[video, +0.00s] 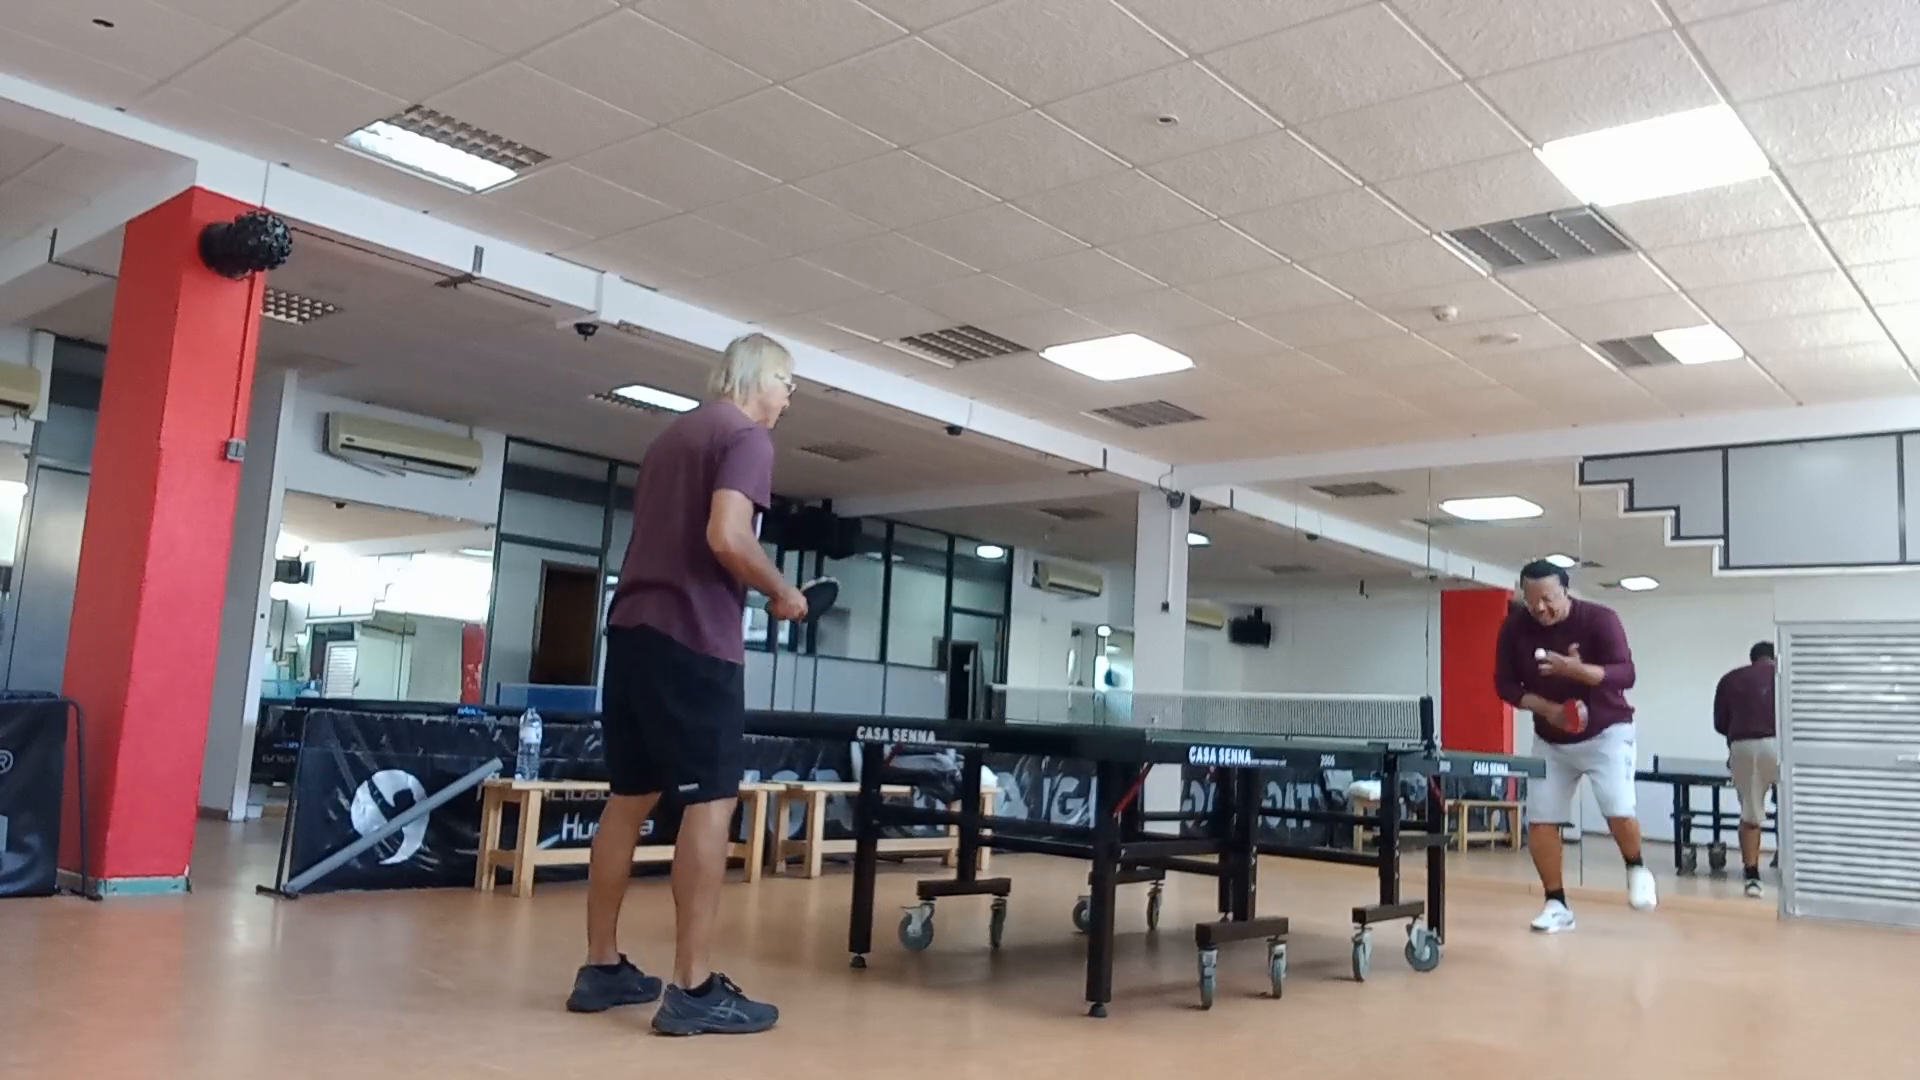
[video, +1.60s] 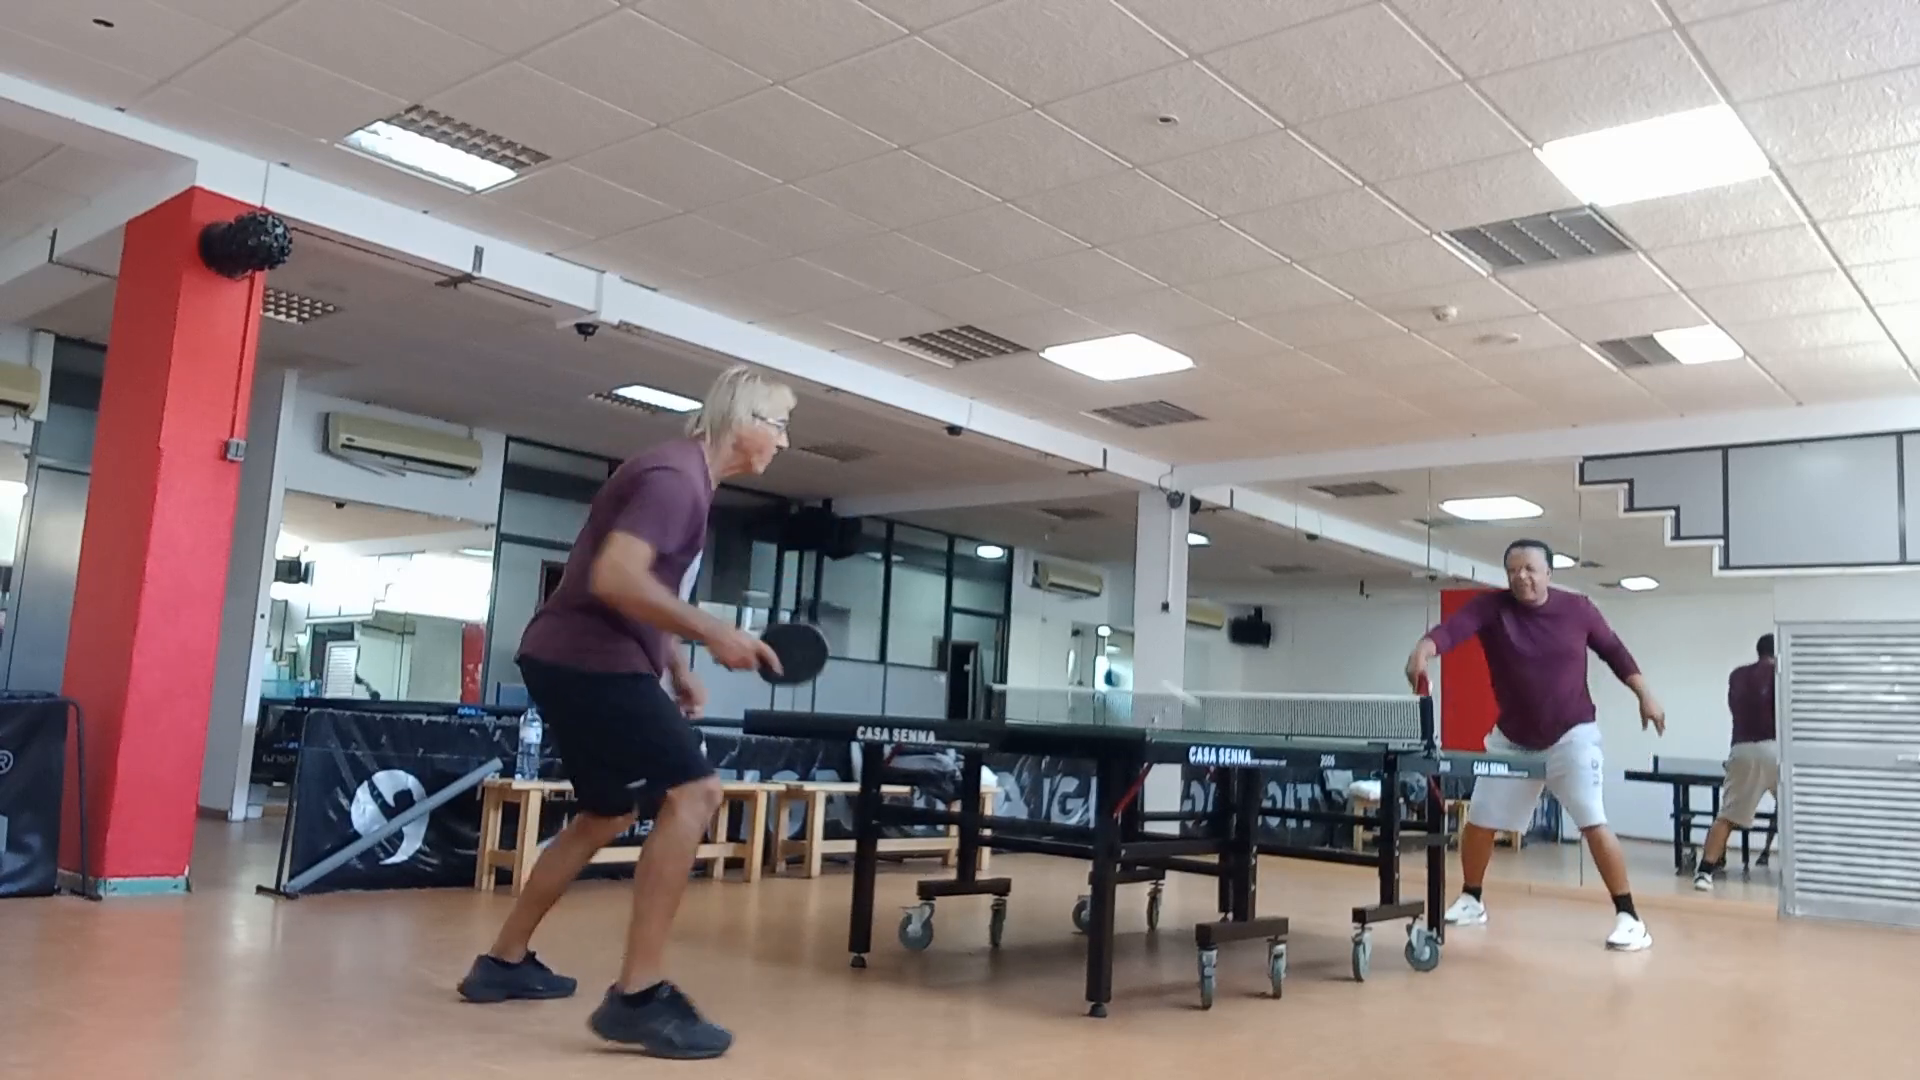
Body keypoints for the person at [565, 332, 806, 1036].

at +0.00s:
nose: (782, 407)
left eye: (785, 395)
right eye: (782, 392)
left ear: (725, 380)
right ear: (758, 383)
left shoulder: (671, 435)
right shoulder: (746, 434)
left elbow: (654, 540)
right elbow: (728, 535)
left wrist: (741, 580)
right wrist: (780, 590)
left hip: (632, 634)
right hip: (694, 642)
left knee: (628, 797)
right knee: (710, 803)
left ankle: (602, 967)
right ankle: (692, 989)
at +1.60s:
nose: (780, 444)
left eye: (782, 430)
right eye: (776, 427)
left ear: (732, 422)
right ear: (740, 422)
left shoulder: (684, 478)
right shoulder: (677, 475)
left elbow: (644, 594)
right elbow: (613, 577)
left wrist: (676, 671)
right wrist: (717, 634)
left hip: (569, 654)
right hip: (591, 654)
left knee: (604, 812)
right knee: (694, 791)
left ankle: (504, 959)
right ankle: (638, 994)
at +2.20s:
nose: (725, 345)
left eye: (725, 331)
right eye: (717, 329)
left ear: (664, 330)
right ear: (680, 332)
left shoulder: (642, 403)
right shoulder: (637, 407)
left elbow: (649, 543)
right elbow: (660, 559)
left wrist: (709, 604)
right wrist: (765, 601)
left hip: (582, 641)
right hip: (585, 645)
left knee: (609, 807)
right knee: (666, 809)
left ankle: (454, 964)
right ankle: (685, 1020)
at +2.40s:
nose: (682, 339)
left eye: (683, 324)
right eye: (678, 322)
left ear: (613, 314)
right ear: (647, 318)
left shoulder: (567, 375)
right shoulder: (608, 381)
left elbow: (543, 533)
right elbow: (600, 520)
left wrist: (615, 615)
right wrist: (700, 590)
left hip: (491, 617)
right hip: (539, 624)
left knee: (509, 807)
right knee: (612, 796)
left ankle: (421, 997)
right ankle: (552, 1024)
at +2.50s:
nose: (668, 339)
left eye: (671, 324)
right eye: (666, 321)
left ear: (598, 308)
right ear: (634, 314)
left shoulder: (543, 370)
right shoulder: (602, 381)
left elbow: (512, 519)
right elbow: (591, 523)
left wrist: (571, 621)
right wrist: (675, 601)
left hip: (466, 614)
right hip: (518, 625)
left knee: (486, 808)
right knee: (558, 809)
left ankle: (419, 1000)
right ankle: (438, 1023)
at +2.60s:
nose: (663, 342)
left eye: (665, 327)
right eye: (662, 325)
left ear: (589, 310)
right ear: (634, 319)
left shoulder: (522, 374)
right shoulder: (603, 386)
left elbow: (475, 511)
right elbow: (586, 530)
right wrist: (663, 614)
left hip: (436, 615)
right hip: (493, 629)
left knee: (456, 816)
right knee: (486, 832)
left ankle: (418, 996)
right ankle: (405, 1052)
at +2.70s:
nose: (659, 341)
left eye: (661, 325)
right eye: (661, 323)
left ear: (587, 303)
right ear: (639, 317)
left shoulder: (514, 361)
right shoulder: (594, 378)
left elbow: (429, 500)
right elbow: (585, 527)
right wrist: (656, 618)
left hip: (414, 597)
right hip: (473, 616)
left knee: (429, 809)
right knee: (468, 822)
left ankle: (377, 999)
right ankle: (402, 1051)